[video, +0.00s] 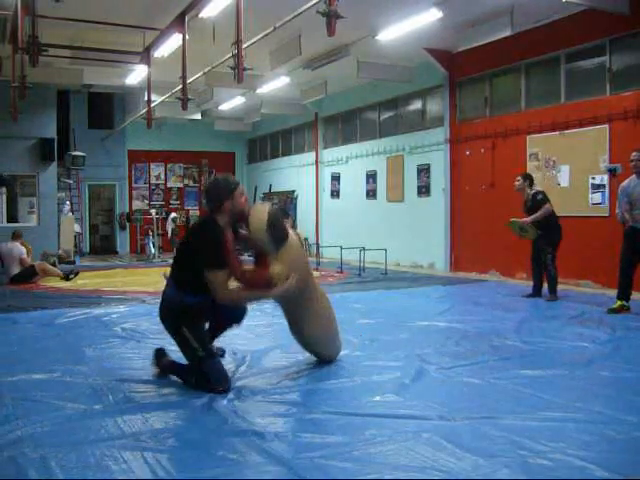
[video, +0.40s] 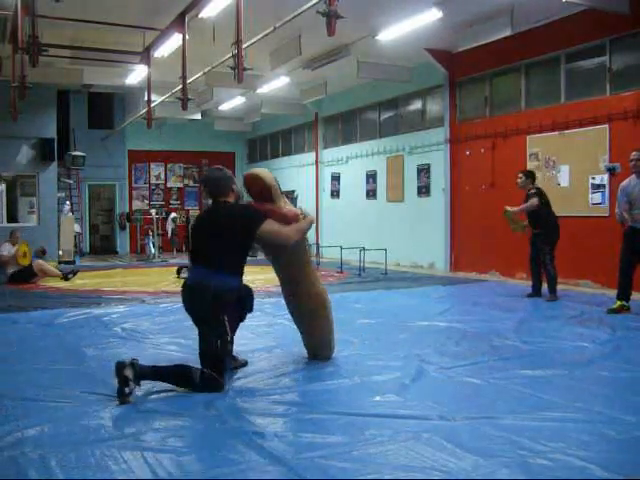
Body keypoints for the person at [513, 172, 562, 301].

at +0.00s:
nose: (515, 183)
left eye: (518, 181)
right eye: (515, 181)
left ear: (527, 183)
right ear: (525, 183)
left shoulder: (538, 194)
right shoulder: (527, 199)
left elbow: (548, 208)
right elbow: (535, 217)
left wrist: (529, 219)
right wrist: (524, 229)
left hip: (551, 230)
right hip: (539, 231)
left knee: (548, 260)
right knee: (536, 260)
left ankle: (552, 292)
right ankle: (536, 290)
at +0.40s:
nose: (517, 181)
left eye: (520, 178)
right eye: (517, 178)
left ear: (529, 180)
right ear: (527, 181)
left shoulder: (534, 191)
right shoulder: (530, 194)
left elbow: (535, 203)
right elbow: (537, 217)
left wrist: (515, 210)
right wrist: (523, 225)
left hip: (547, 230)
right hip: (537, 231)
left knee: (547, 260)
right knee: (535, 261)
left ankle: (552, 292)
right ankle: (536, 290)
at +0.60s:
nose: (529, 177)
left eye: (531, 175)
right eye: (529, 174)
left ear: (538, 177)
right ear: (540, 177)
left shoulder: (533, 190)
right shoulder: (544, 191)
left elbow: (515, 195)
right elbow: (535, 209)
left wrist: (511, 192)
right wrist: (520, 212)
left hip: (536, 231)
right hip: (546, 229)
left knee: (538, 260)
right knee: (536, 261)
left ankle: (551, 291)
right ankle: (536, 290)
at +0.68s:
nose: (534, 175)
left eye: (536, 174)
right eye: (537, 174)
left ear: (537, 175)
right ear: (547, 177)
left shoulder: (530, 188)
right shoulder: (546, 191)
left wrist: (526, 185)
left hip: (534, 228)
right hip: (543, 227)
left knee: (537, 259)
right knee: (534, 259)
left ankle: (551, 291)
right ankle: (535, 289)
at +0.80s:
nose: (536, 176)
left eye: (538, 174)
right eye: (537, 174)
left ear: (539, 176)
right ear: (549, 179)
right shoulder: (549, 195)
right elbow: (521, 189)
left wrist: (530, 182)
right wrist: (523, 181)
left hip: (537, 230)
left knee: (538, 260)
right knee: (532, 260)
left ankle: (550, 291)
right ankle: (535, 289)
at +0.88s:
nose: (536, 176)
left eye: (538, 174)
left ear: (539, 176)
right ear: (551, 180)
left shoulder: (532, 188)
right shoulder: (551, 195)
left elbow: (521, 173)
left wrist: (536, 169)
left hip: (531, 227)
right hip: (543, 226)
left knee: (536, 259)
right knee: (536, 259)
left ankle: (550, 291)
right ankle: (536, 289)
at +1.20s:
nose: (541, 175)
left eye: (543, 174)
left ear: (544, 176)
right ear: (555, 178)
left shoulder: (539, 187)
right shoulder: (555, 187)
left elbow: (527, 178)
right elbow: (556, 176)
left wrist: (540, 167)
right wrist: (562, 165)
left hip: (539, 224)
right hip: (550, 222)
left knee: (540, 257)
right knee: (540, 257)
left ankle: (552, 291)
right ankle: (537, 289)